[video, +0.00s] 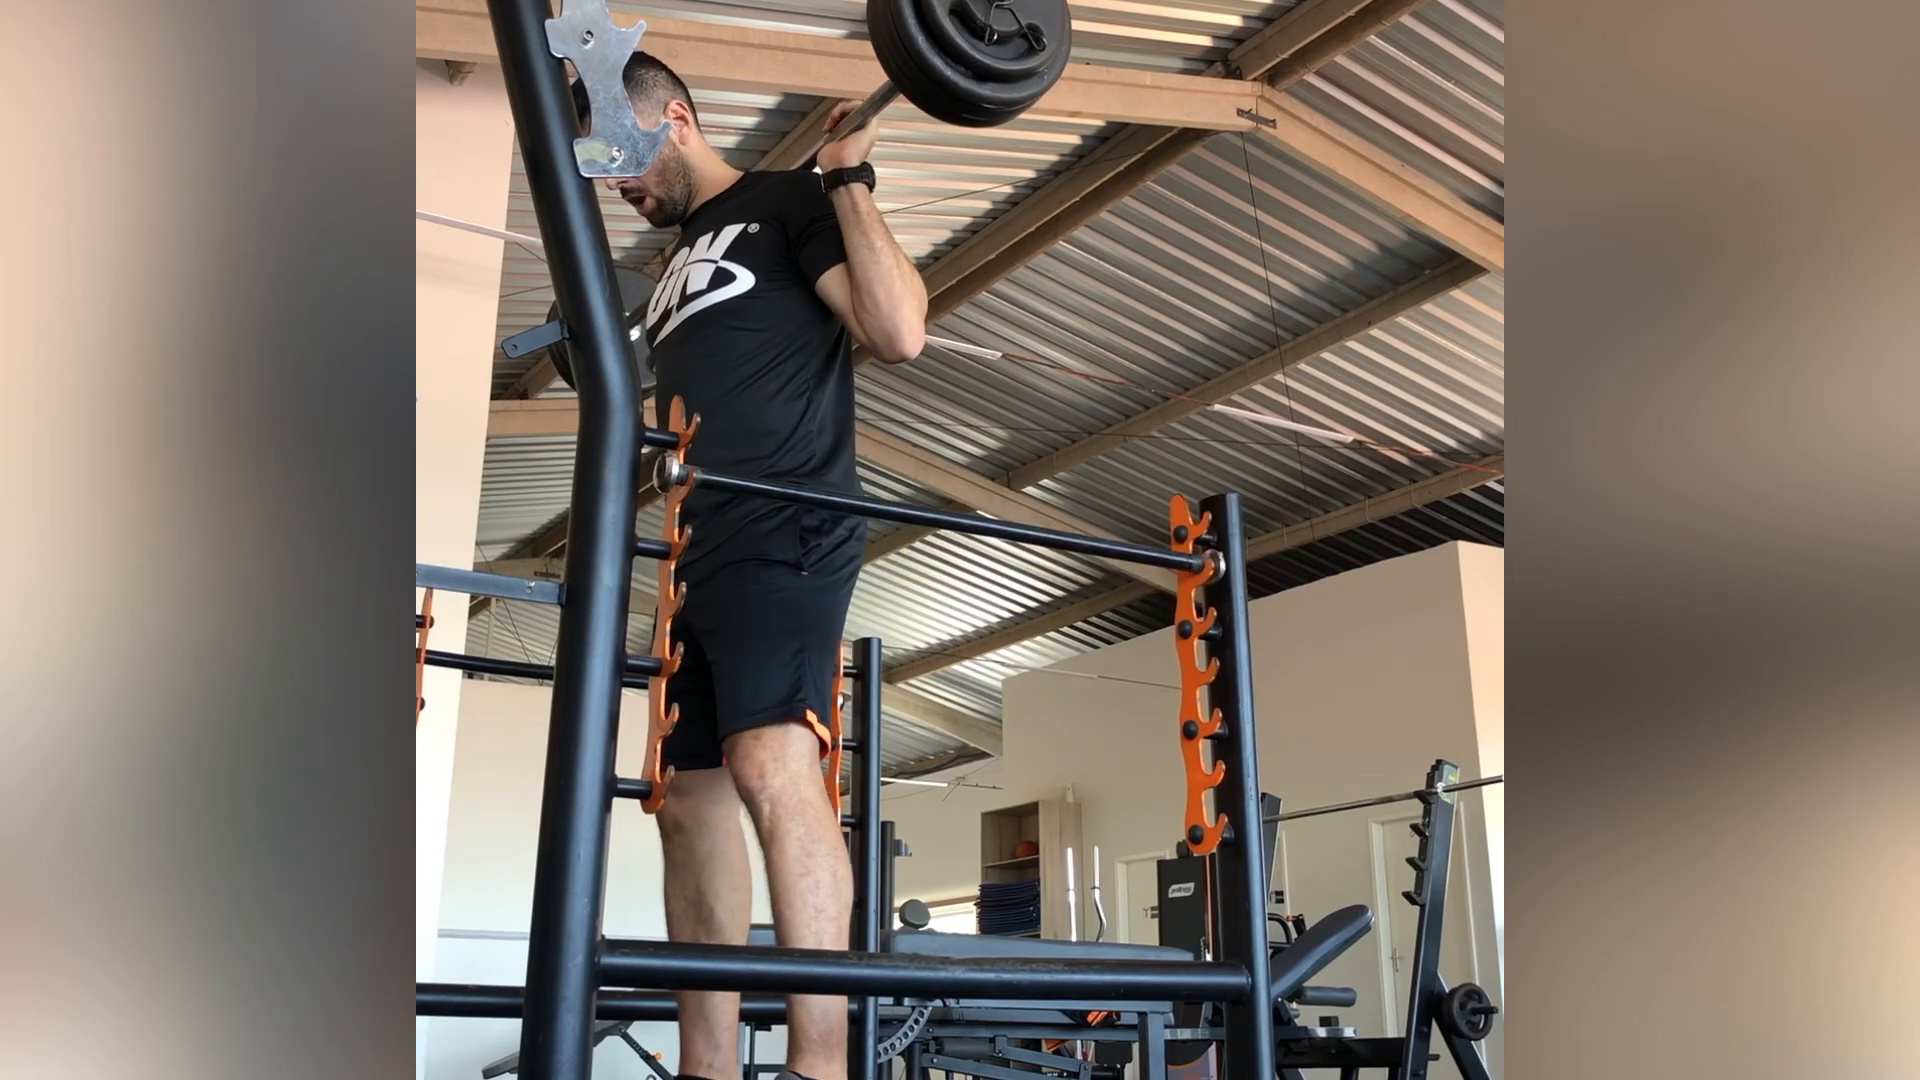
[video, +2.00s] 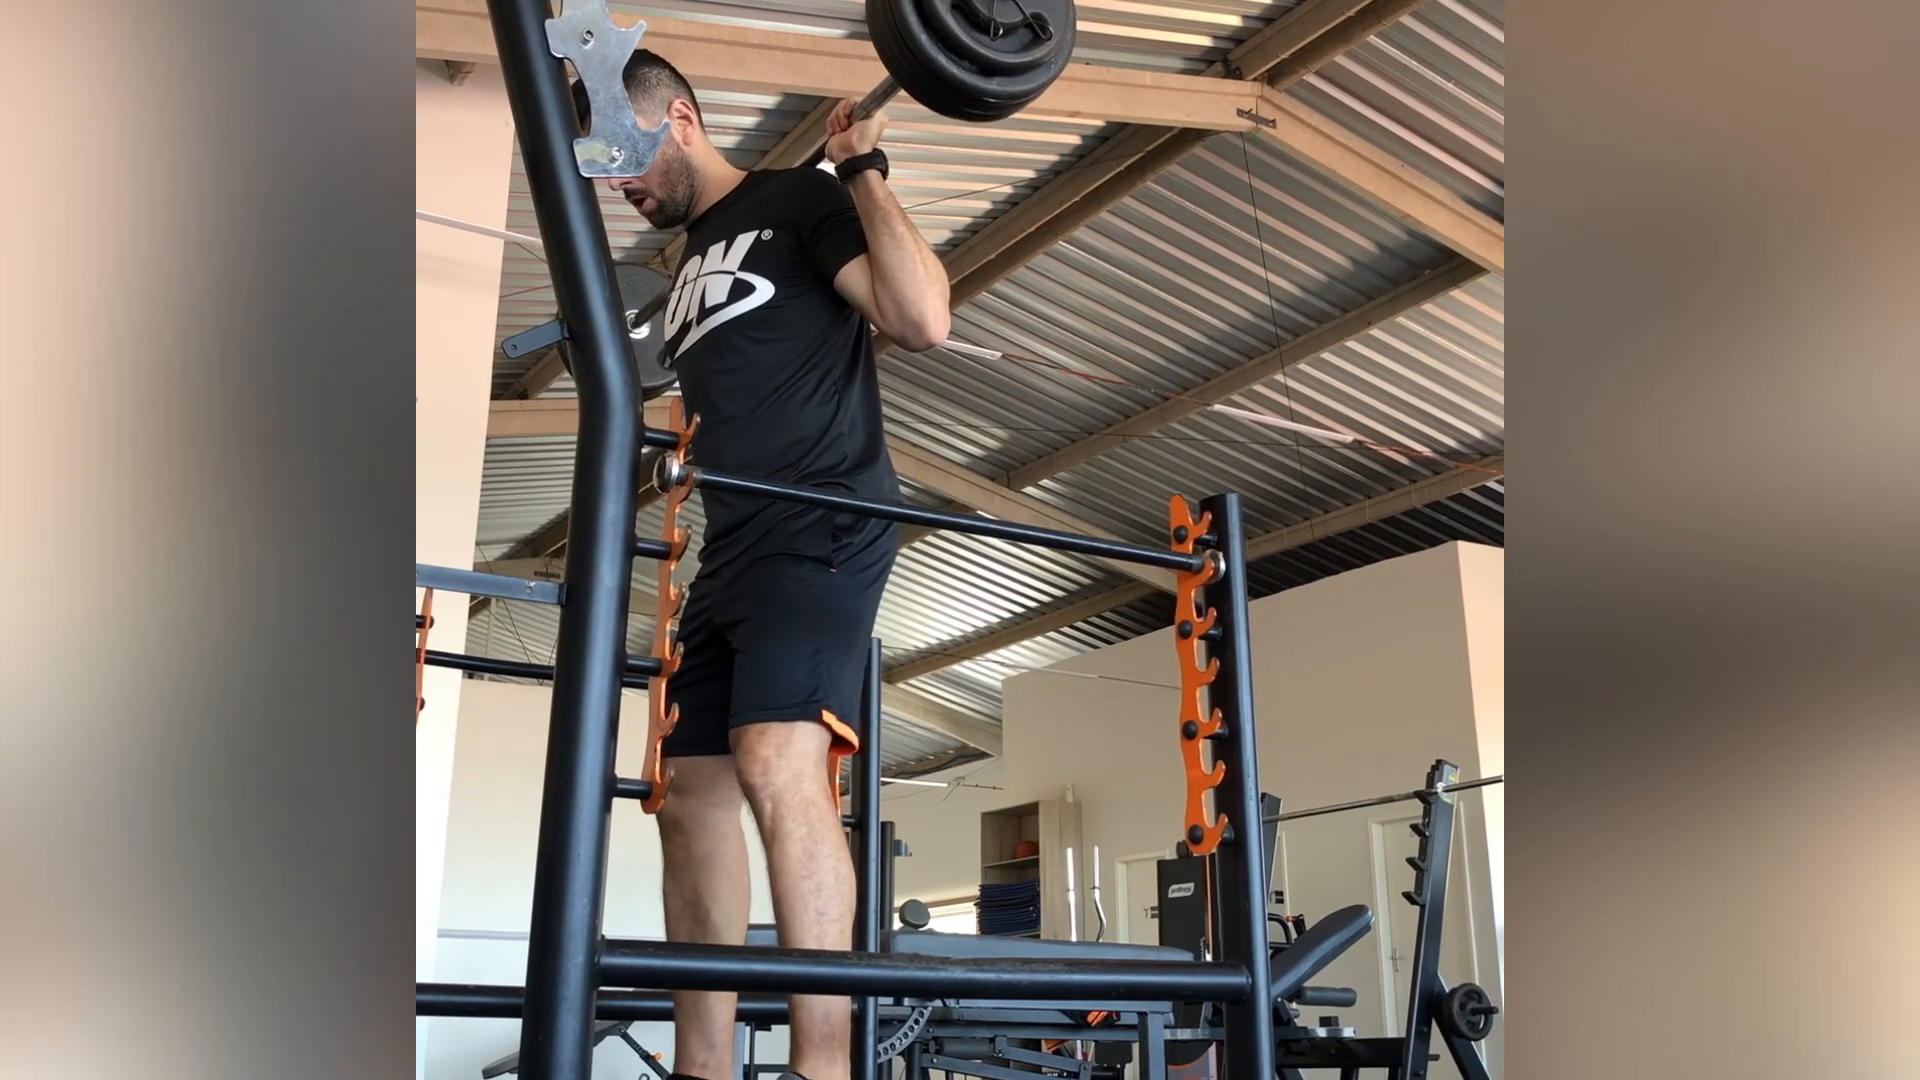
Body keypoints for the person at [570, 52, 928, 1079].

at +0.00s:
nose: (622, 185)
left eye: (629, 156)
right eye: (608, 169)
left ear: (681, 118)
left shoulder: (789, 200)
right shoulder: (675, 263)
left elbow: (900, 334)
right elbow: (691, 420)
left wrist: (851, 181)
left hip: (787, 520)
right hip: (708, 536)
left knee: (771, 758)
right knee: (690, 792)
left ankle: (821, 1063)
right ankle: (708, 1065)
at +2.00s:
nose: (622, 186)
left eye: (630, 156)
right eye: (609, 170)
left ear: (684, 120)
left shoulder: (797, 197)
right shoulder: (688, 267)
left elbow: (925, 322)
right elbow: (720, 405)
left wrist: (867, 175)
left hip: (823, 517)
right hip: (734, 536)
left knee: (778, 755)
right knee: (692, 787)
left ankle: (826, 1065)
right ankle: (702, 1067)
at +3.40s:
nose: (590, 309)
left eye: (600, 283)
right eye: (582, 288)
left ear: (661, 267)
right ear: (642, 277)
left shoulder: (781, 341)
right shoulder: (661, 406)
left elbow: (914, 472)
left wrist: (837, 318)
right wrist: (621, 433)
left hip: (868, 634)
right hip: (763, 659)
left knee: (702, 789)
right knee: (587, 812)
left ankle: (816, 1068)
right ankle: (686, 1072)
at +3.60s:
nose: (570, 406)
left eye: (578, 376)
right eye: (557, 387)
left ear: (649, 350)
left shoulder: (766, 415)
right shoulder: (646, 487)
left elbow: (911, 550)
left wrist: (827, 407)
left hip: (882, 700)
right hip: (772, 721)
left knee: (690, 793)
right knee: (568, 833)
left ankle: (816, 1070)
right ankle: (685, 1074)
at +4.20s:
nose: (548, 573)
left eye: (560, 542)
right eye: (537, 552)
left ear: (638, 514)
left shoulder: (749, 578)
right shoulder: (623, 643)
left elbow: (911, 714)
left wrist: (809, 570)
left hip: (886, 853)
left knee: (667, 818)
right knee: (547, 848)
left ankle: (802, 1071)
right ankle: (681, 1073)